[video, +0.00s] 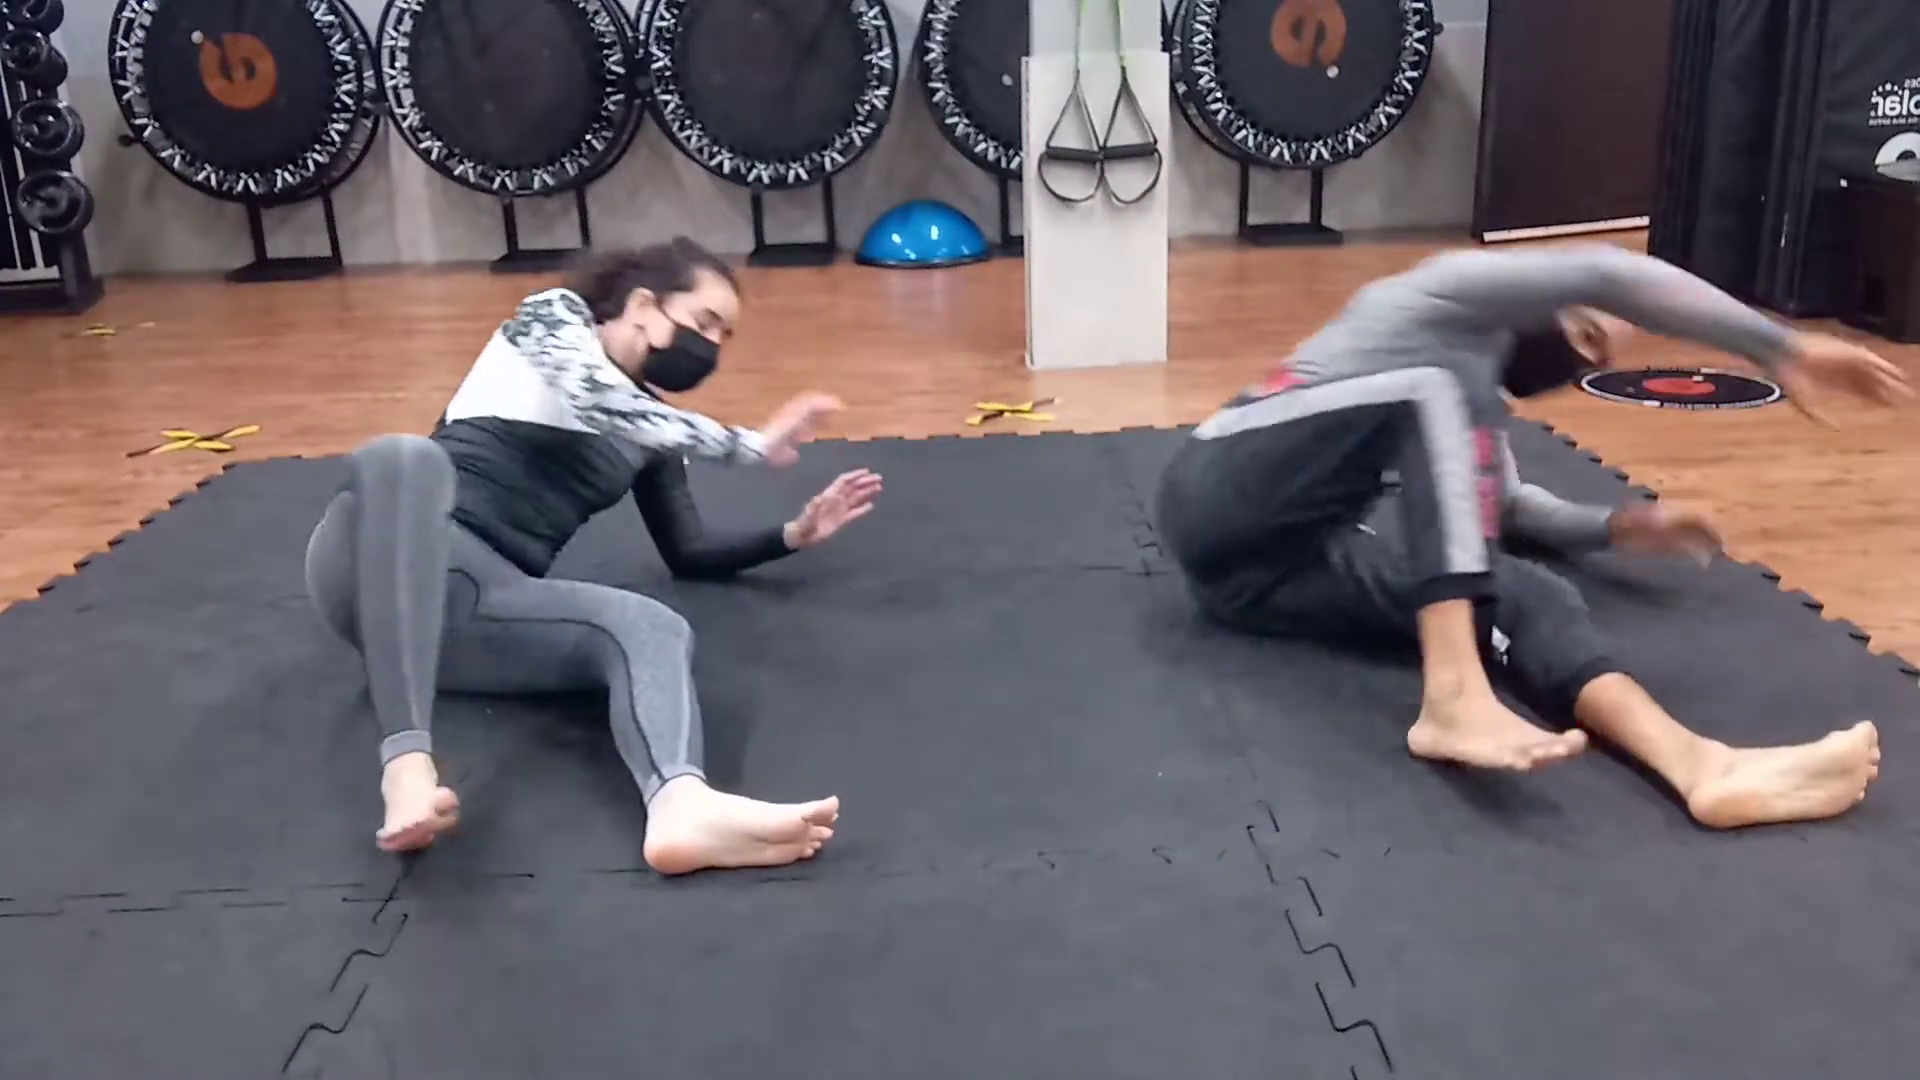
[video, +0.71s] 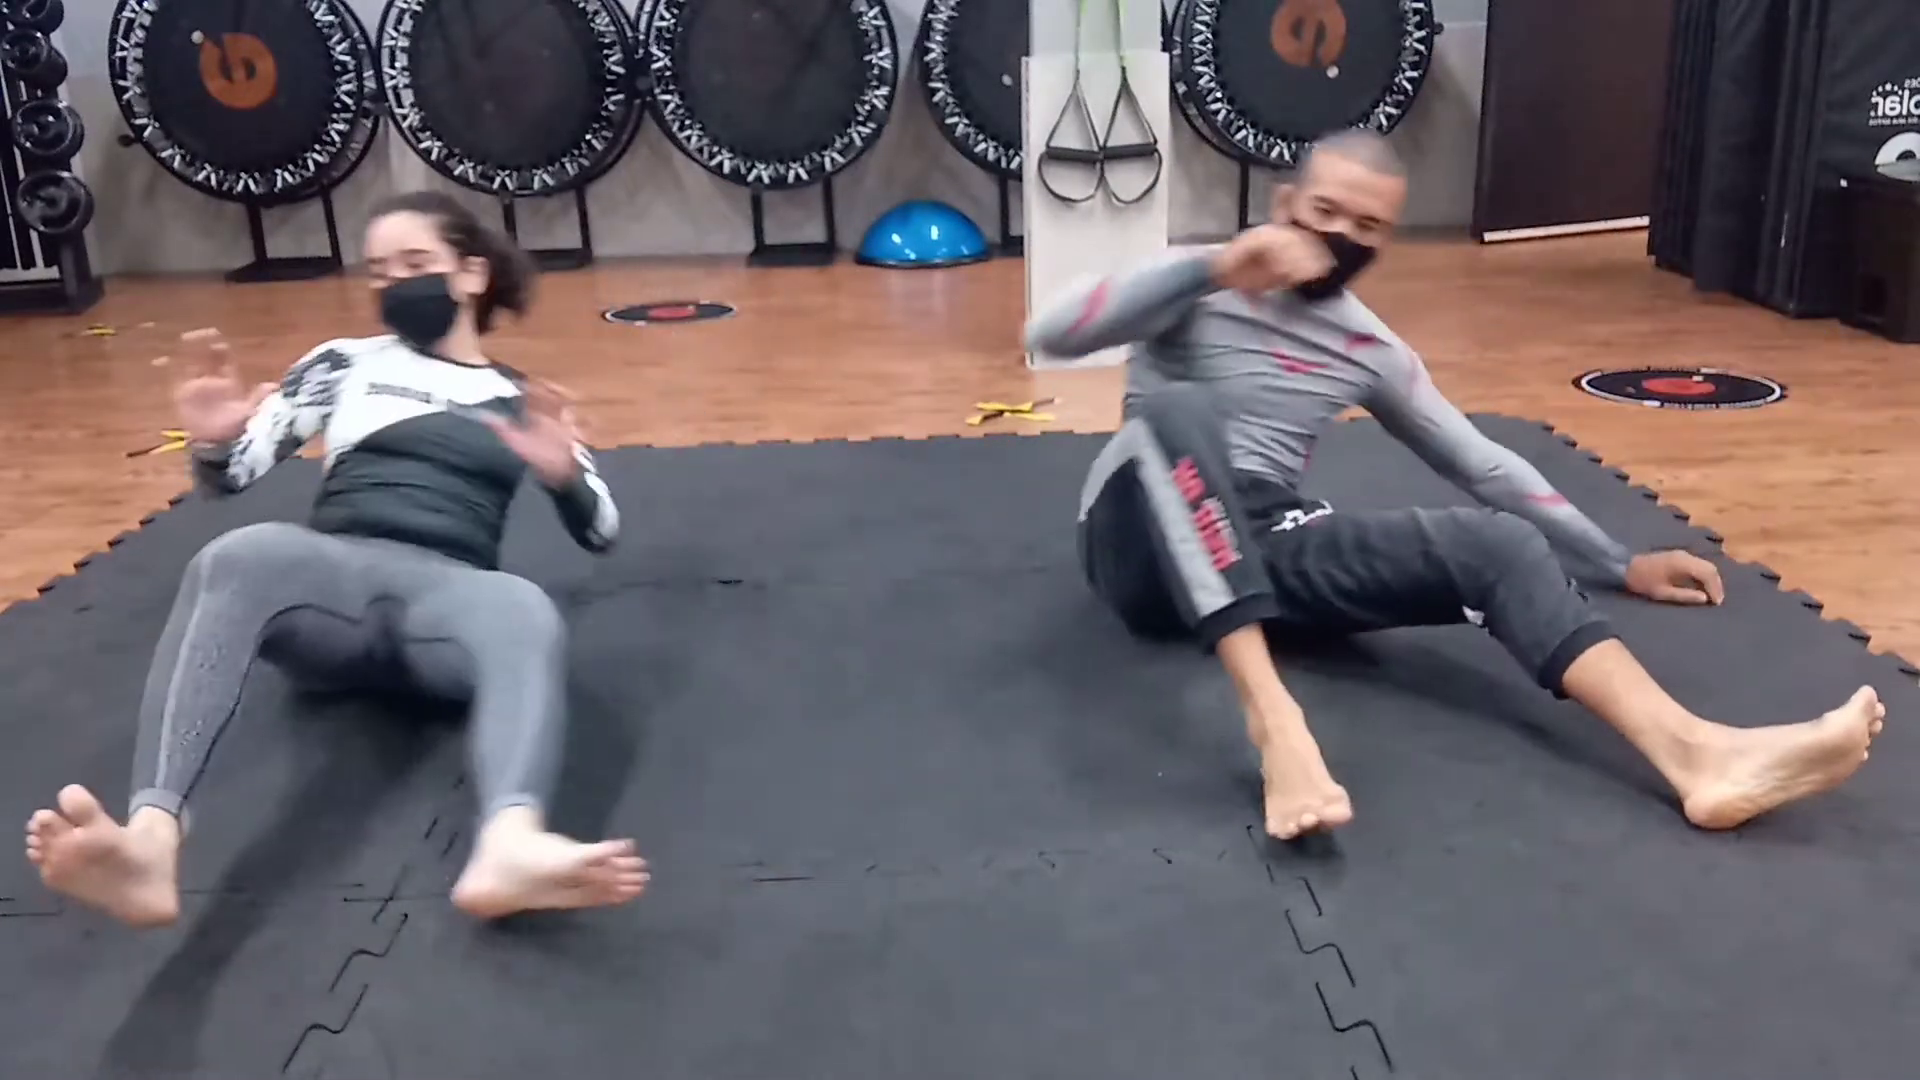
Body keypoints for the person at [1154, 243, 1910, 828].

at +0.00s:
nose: (1605, 352)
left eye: (1608, 346)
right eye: (1600, 333)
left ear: (1553, 362)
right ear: (1555, 305)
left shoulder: (1475, 425)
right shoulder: (1450, 300)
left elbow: (1509, 509)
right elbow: (1609, 270)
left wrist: (1625, 526)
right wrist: (1782, 345)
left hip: (1270, 588)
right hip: (1217, 493)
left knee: (1524, 586)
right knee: (1431, 392)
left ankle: (1701, 766)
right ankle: (1454, 696)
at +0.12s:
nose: (1544, 300)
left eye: (1555, 314)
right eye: (1544, 285)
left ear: (1521, 346)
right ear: (1495, 265)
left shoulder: (1454, 410)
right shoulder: (1396, 293)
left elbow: (1508, 511)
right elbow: (1475, 229)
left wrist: (1619, 561)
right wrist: (1669, 279)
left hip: (1281, 585)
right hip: (1205, 508)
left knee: (1527, 577)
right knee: (1377, 386)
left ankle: (1703, 763)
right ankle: (1431, 705)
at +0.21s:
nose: (1510, 288)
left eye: (1532, 302)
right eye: (1511, 268)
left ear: (1523, 336)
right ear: (1471, 251)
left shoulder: (1445, 409)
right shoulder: (1372, 284)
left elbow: (1512, 516)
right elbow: (1388, 220)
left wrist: (1628, 565)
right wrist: (1581, 242)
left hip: (1295, 579)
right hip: (1199, 512)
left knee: (1525, 570)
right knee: (1345, 394)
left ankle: (1705, 763)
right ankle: (1404, 712)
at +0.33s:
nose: (1486, 268)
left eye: (1500, 266)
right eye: (1476, 254)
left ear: (1492, 306)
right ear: (1433, 249)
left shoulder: (1432, 396)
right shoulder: (1330, 282)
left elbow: (1494, 515)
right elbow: (1277, 229)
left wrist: (1624, 564)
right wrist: (1470, 215)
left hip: (1284, 579)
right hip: (1188, 525)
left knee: (1521, 564)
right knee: (1293, 406)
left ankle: (1703, 759)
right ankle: (1354, 718)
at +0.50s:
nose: (1427, 246)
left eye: (1451, 239)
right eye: (1417, 223)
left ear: (1457, 267)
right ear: (1375, 223)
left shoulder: (1410, 375)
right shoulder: (1279, 277)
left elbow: (1485, 506)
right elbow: (1170, 271)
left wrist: (1618, 567)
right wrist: (1351, 231)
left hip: (1283, 560)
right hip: (1171, 534)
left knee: (1510, 552)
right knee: (1225, 412)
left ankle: (1702, 757)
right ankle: (1314, 720)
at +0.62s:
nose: (1364, 237)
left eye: (1390, 234)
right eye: (1359, 211)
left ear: (1402, 257)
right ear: (1318, 199)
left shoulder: (1383, 359)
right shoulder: (1222, 273)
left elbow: (1487, 483)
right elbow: (1098, 309)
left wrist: (1621, 568)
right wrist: (1268, 258)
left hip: (1278, 557)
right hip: (1160, 546)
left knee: (1505, 545)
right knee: (1173, 427)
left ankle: (1697, 755)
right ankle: (1287, 721)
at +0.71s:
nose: (1341, 241)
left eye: (1367, 231)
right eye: (1329, 212)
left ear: (1382, 241)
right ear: (1282, 194)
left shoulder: (1367, 349)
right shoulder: (1193, 284)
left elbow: (1483, 467)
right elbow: (1050, 340)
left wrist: (1621, 565)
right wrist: (1213, 271)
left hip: (1282, 557)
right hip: (1165, 550)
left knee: (1496, 544)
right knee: (1151, 435)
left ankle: (1694, 755)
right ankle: (1275, 723)